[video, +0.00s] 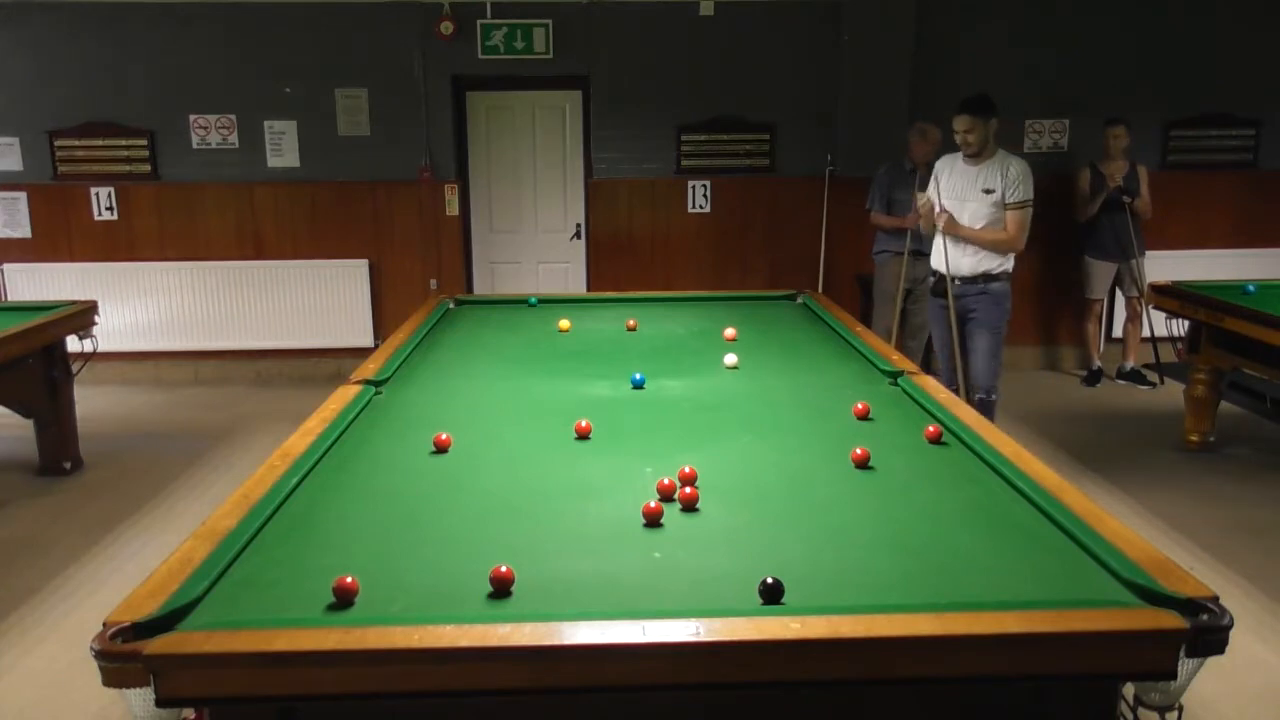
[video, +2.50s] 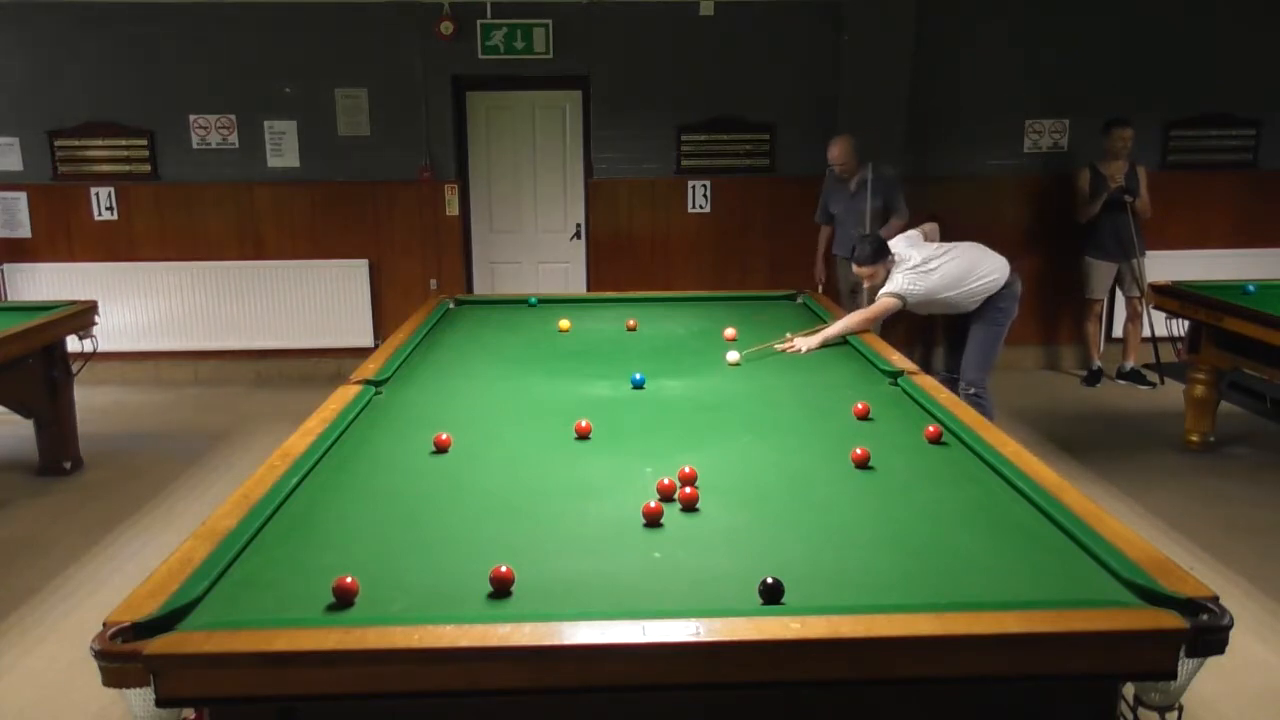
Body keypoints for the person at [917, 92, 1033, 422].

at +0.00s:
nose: (961, 139)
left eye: (968, 132)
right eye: (956, 132)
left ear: (992, 127)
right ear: (952, 130)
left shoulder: (1013, 170)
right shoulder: (944, 165)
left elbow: (1016, 240)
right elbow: (929, 225)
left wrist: (959, 231)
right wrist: (926, 216)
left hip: (986, 291)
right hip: (942, 290)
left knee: (982, 389)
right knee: (947, 384)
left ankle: (979, 466)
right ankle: (948, 463)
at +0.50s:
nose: (965, 139)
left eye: (973, 131)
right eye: (959, 131)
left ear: (993, 129)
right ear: (954, 130)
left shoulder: (1012, 172)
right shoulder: (944, 169)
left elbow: (1021, 243)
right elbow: (925, 220)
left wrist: (991, 284)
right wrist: (928, 256)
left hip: (985, 289)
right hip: (942, 285)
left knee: (970, 380)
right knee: (935, 373)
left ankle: (963, 452)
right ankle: (932, 447)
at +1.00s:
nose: (950, 139)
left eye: (959, 132)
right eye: (946, 132)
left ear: (978, 130)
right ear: (942, 132)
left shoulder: (1000, 165)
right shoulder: (940, 174)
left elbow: (1012, 231)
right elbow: (931, 233)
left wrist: (974, 257)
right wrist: (918, 291)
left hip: (984, 284)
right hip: (943, 281)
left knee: (970, 373)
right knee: (937, 369)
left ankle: (961, 448)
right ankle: (931, 446)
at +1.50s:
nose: (930, 146)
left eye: (938, 138)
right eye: (924, 138)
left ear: (956, 135)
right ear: (919, 137)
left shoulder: (974, 165)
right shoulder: (928, 181)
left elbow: (988, 232)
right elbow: (927, 236)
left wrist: (936, 257)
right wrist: (914, 287)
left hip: (974, 285)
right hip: (934, 285)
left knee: (962, 377)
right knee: (927, 373)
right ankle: (929, 449)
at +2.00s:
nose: (890, 212)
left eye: (896, 205)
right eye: (884, 206)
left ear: (914, 194)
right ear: (879, 199)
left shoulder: (928, 212)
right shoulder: (917, 210)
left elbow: (897, 268)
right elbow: (932, 252)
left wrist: (851, 310)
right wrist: (925, 294)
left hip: (995, 287)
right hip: (955, 288)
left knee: (980, 381)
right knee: (941, 372)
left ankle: (986, 458)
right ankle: (937, 446)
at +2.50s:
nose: (865, 283)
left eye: (869, 276)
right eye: (860, 277)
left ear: (885, 265)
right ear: (856, 266)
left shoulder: (903, 284)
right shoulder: (896, 244)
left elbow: (868, 317)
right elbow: (930, 227)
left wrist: (816, 338)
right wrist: (931, 262)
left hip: (998, 286)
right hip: (969, 280)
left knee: (972, 383)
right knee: (952, 372)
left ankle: (983, 451)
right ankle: (954, 441)